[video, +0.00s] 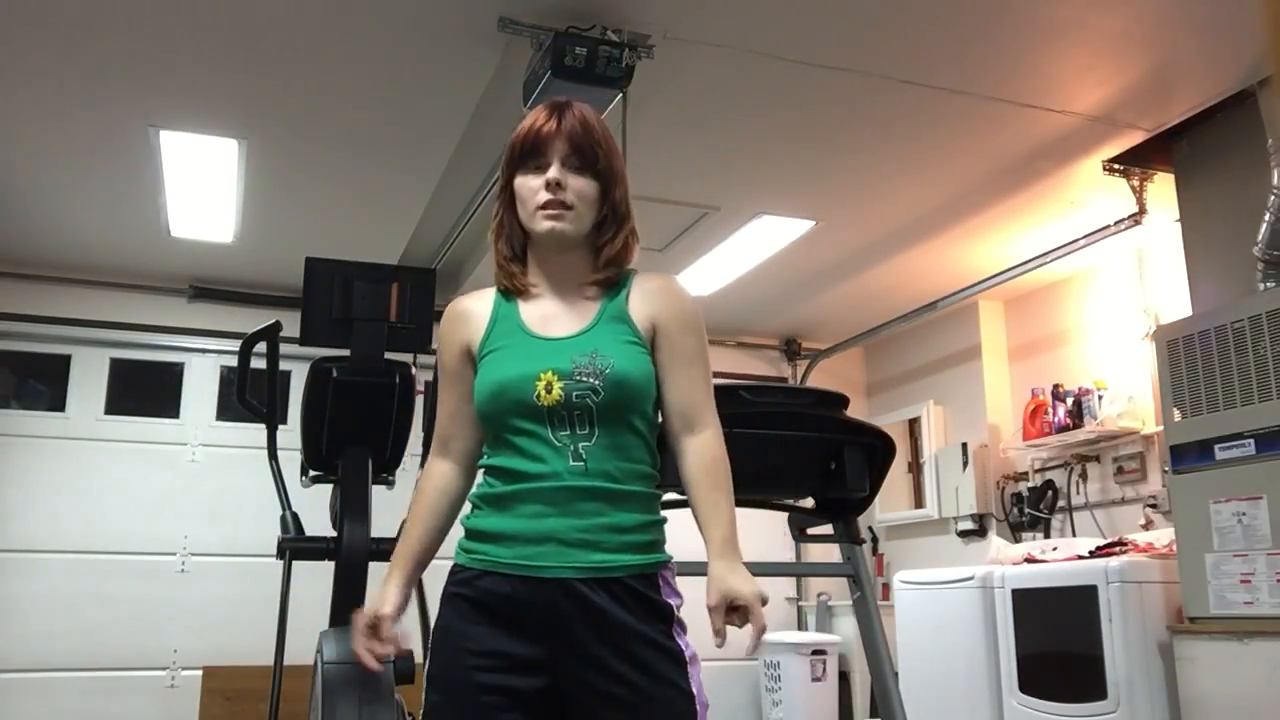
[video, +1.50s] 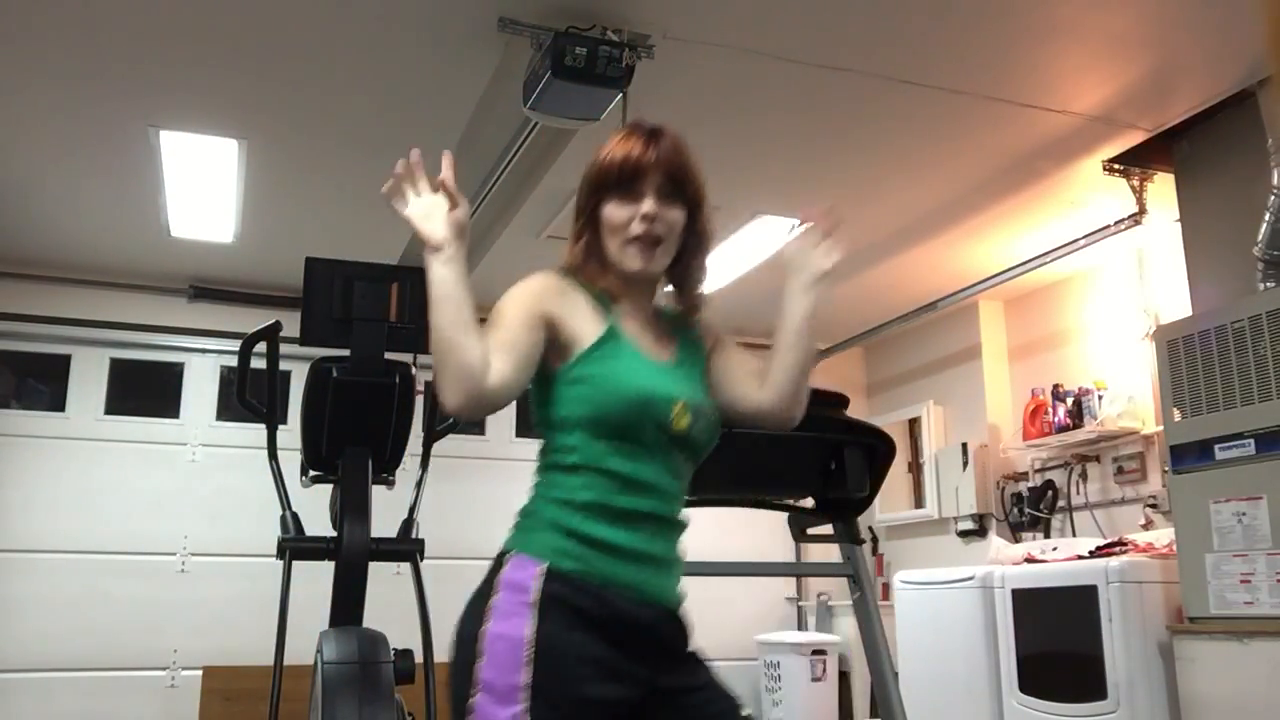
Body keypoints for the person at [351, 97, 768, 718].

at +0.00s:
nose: (553, 179)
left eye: (577, 165)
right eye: (535, 165)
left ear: (606, 191)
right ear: (511, 192)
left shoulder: (656, 301)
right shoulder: (471, 316)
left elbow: (696, 430)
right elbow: (449, 459)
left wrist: (725, 559)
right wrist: (397, 582)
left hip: (624, 607)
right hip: (490, 605)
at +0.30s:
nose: (578, 194)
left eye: (601, 177)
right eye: (558, 178)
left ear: (631, 198)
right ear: (537, 201)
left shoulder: (679, 293)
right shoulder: (504, 310)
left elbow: (741, 388)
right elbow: (407, 404)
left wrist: (752, 443)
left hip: (648, 607)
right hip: (517, 601)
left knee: (696, 708)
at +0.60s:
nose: (651, 223)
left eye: (673, 207)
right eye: (634, 204)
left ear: (703, 226)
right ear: (611, 221)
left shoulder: (740, 323)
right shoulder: (593, 333)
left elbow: (789, 461)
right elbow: (545, 342)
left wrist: (827, 597)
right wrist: (588, 246)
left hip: (741, 617)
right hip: (624, 629)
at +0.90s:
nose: (689, 214)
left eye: (711, 198)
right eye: (669, 198)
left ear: (741, 215)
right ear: (647, 215)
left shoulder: (794, 317)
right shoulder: (611, 305)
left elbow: (838, 452)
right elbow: (596, 348)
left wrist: (893, 586)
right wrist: (629, 346)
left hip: (779, 602)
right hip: (649, 609)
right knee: (591, 709)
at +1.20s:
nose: (706, 194)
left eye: (729, 179)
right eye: (686, 177)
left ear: (757, 202)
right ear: (662, 194)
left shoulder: (782, 324)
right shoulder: (618, 280)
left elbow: (834, 432)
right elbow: (559, 382)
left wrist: (942, 433)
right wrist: (557, 322)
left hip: (756, 595)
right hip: (630, 598)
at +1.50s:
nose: (649, 212)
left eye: (669, 196)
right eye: (628, 194)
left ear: (689, 218)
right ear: (595, 211)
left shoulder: (696, 335)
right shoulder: (551, 298)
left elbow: (777, 406)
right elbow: (465, 391)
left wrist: (803, 284)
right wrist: (443, 250)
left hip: (649, 624)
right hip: (547, 611)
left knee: (718, 712)